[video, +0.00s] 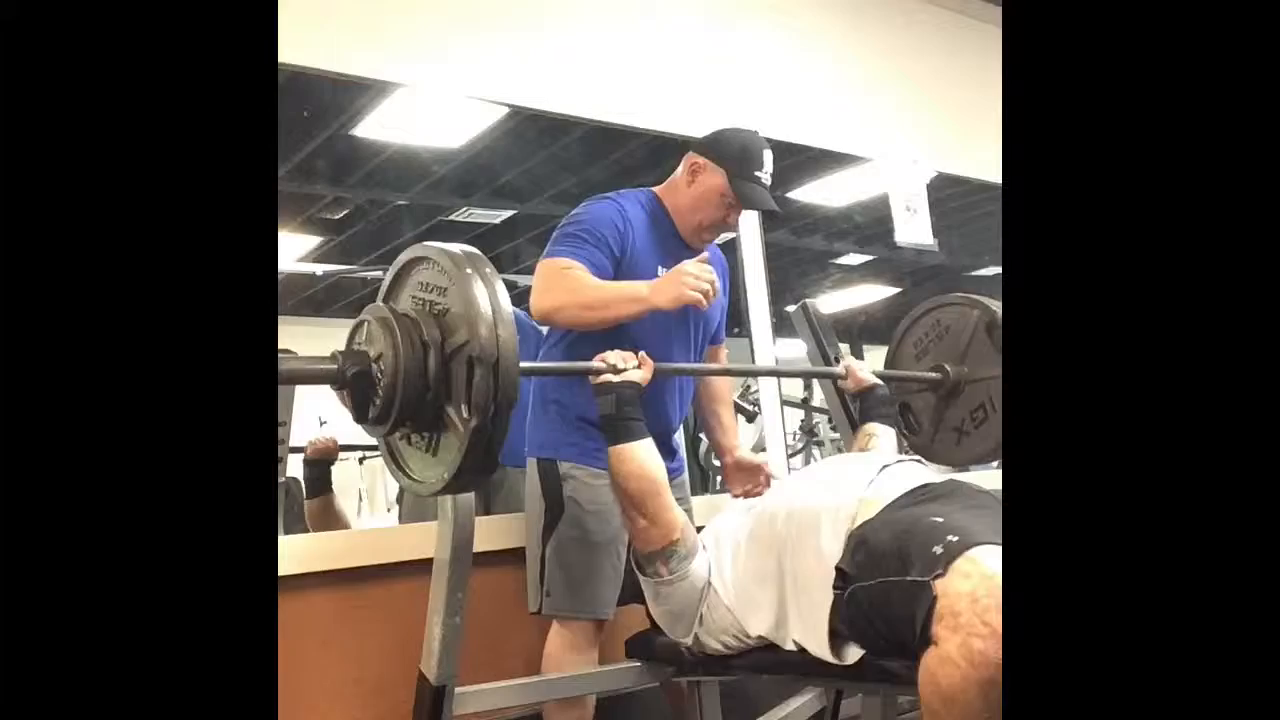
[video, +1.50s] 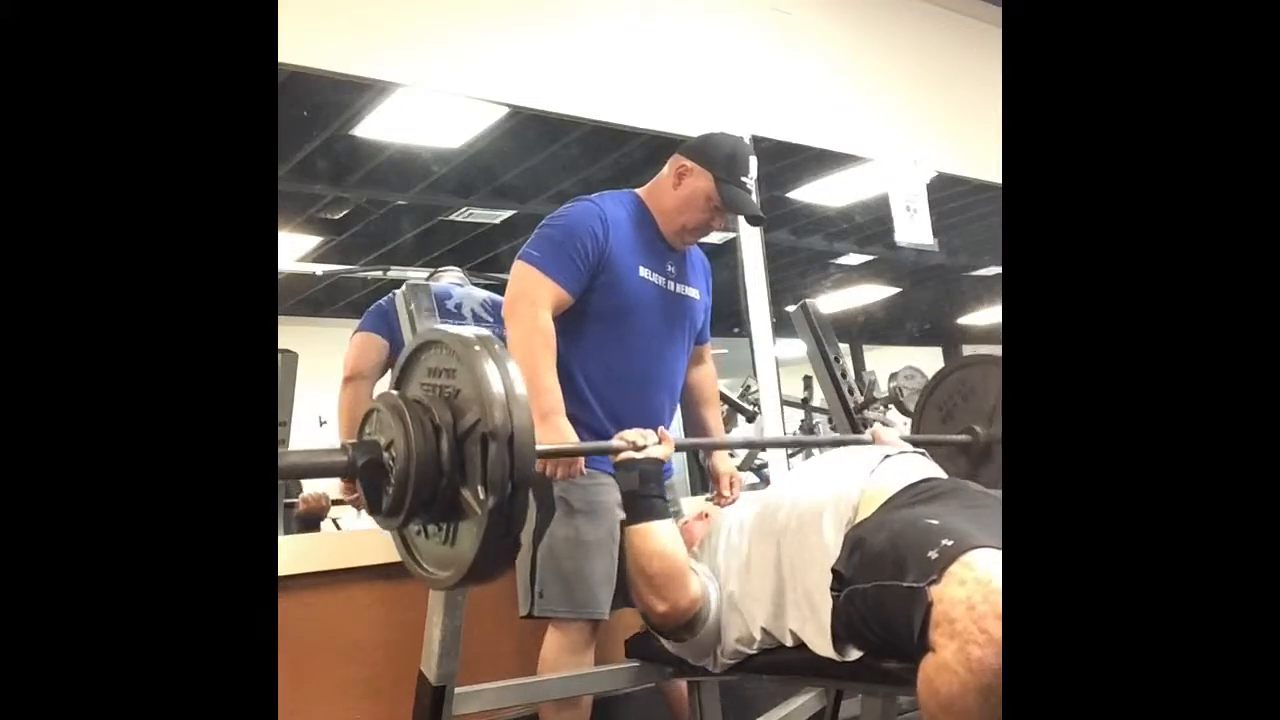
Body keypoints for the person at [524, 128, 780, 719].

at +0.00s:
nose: (736, 219)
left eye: (744, 208)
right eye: (732, 201)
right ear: (693, 171)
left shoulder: (712, 263)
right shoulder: (610, 218)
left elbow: (711, 364)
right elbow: (550, 298)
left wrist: (730, 451)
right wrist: (653, 293)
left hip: (659, 455)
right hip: (578, 450)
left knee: (667, 607)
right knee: (583, 614)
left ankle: (668, 715)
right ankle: (570, 716)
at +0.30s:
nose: (735, 223)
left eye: (743, 213)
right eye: (732, 206)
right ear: (694, 173)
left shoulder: (711, 266)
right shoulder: (607, 222)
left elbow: (711, 363)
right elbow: (538, 301)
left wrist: (722, 455)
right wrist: (599, 385)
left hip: (659, 462)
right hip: (576, 454)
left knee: (673, 613)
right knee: (578, 619)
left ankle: (684, 713)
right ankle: (567, 716)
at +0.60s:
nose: (732, 224)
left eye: (741, 214)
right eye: (730, 206)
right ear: (692, 174)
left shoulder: (708, 268)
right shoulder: (603, 223)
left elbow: (707, 363)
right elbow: (535, 306)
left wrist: (726, 445)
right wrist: (556, 416)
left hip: (656, 466)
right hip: (582, 456)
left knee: (657, 614)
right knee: (576, 620)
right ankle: (566, 716)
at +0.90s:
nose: (726, 223)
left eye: (734, 214)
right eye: (723, 207)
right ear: (686, 174)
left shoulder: (702, 267)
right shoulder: (596, 222)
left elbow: (706, 365)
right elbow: (528, 302)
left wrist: (721, 447)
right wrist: (545, 412)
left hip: (656, 465)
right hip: (581, 456)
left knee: (652, 614)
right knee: (578, 620)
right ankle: (564, 716)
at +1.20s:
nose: (722, 223)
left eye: (730, 213)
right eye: (719, 205)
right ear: (681, 173)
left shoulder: (697, 266)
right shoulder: (594, 222)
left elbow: (700, 361)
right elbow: (526, 305)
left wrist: (716, 449)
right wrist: (550, 419)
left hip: (651, 465)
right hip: (580, 457)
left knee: (643, 619)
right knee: (576, 624)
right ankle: (563, 717)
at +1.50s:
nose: (721, 223)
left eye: (729, 214)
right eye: (718, 206)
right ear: (680, 173)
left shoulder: (696, 266)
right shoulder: (593, 222)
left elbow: (698, 362)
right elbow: (525, 306)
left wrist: (716, 451)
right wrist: (550, 419)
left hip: (651, 468)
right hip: (579, 461)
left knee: (640, 620)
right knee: (575, 626)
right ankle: (564, 717)